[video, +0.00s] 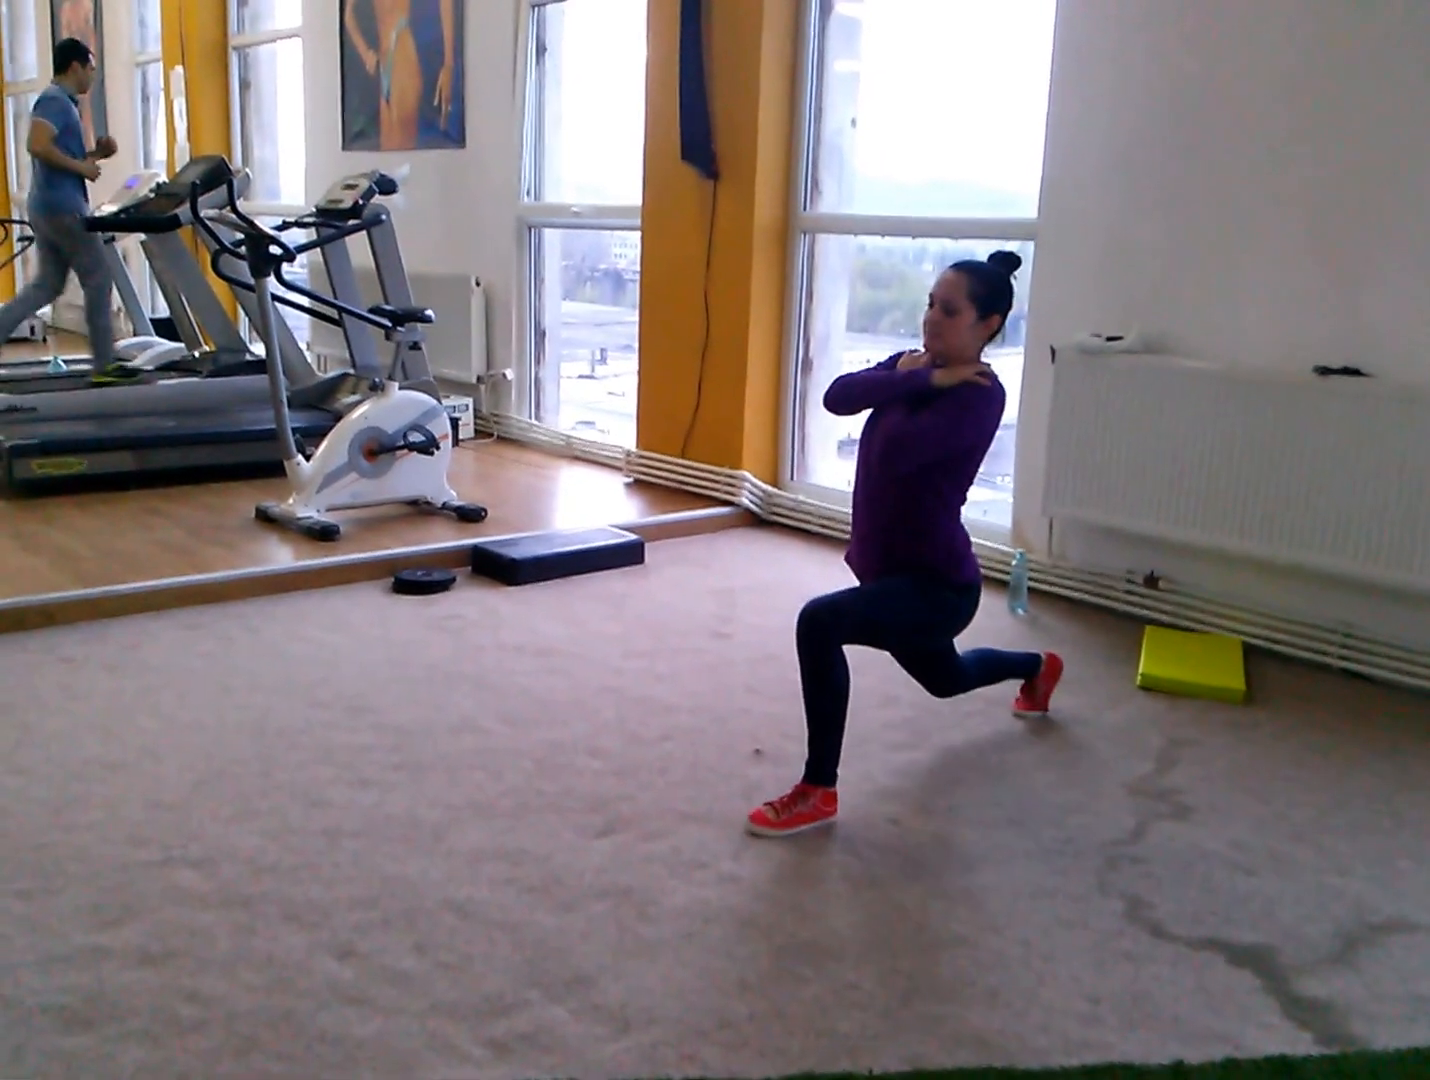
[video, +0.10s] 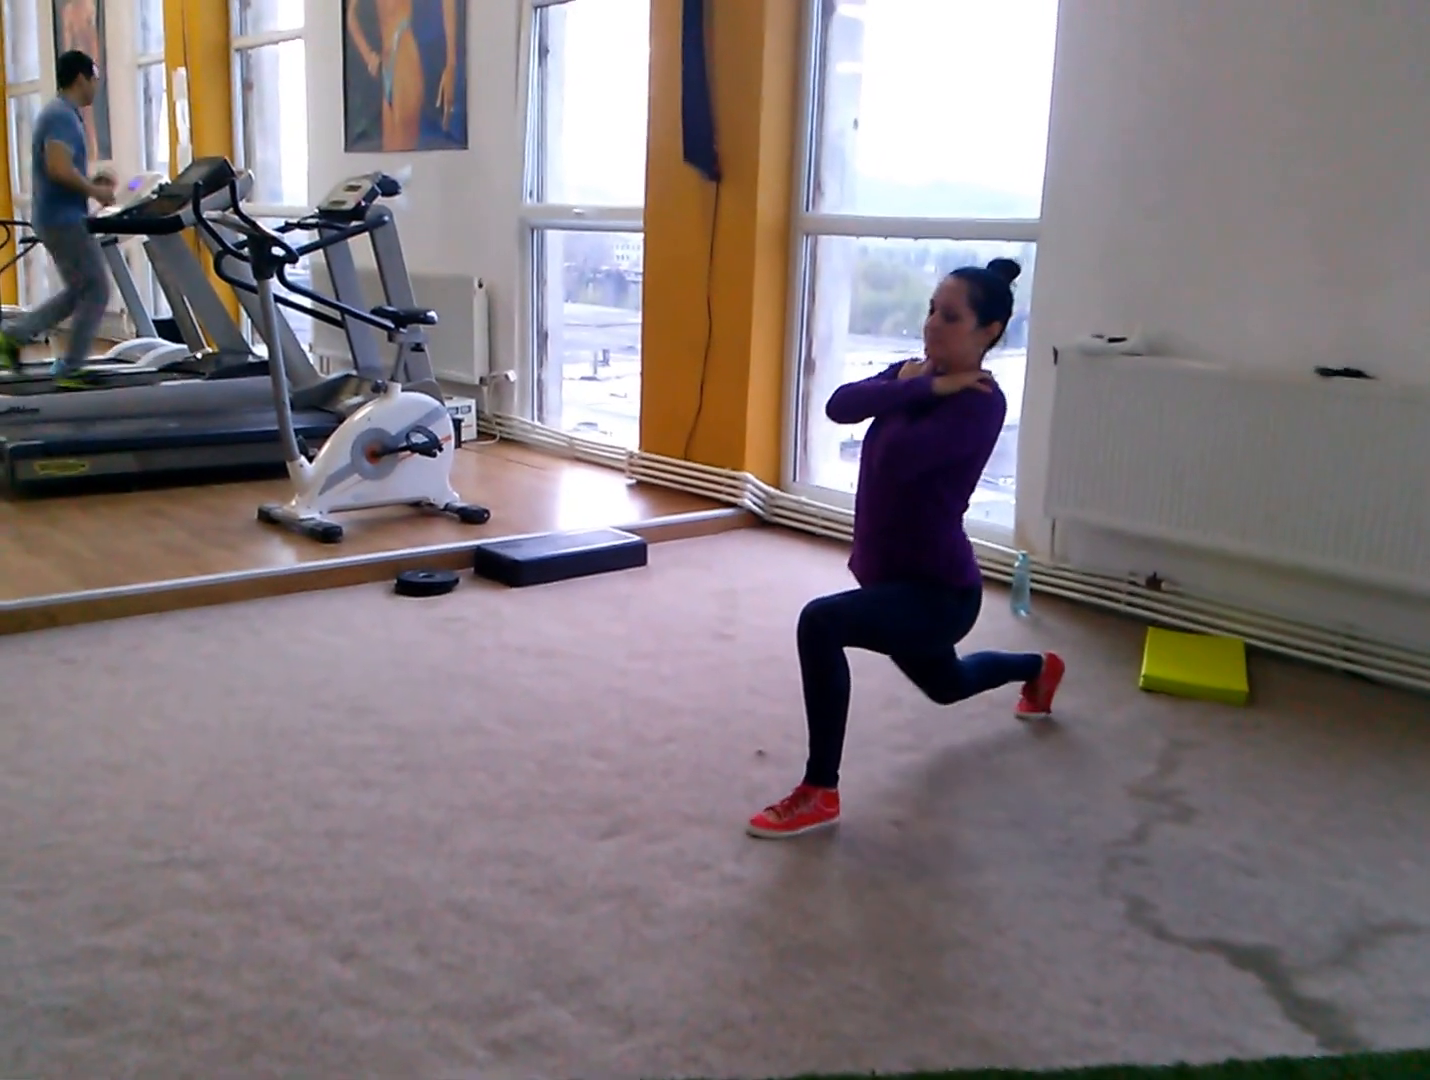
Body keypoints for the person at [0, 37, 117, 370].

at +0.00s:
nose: (93, 76)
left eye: (92, 69)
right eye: (90, 68)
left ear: (68, 68)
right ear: (75, 67)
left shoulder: (61, 102)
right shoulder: (56, 100)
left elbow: (64, 153)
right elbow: (38, 144)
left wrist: (96, 151)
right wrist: (80, 167)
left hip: (49, 208)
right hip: (61, 209)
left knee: (49, 285)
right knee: (99, 277)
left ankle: (2, 328)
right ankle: (106, 362)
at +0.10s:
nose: (97, 86)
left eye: (96, 79)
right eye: (93, 78)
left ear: (72, 80)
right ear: (80, 79)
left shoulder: (65, 116)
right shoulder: (61, 116)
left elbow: (60, 171)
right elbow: (58, 169)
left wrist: (92, 184)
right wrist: (96, 190)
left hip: (59, 220)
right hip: (61, 220)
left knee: (81, 289)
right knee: (96, 288)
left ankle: (15, 335)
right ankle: (70, 367)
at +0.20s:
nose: (98, 87)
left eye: (98, 80)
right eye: (96, 80)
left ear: (71, 80)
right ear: (84, 79)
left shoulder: (49, 111)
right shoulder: (70, 114)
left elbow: (28, 159)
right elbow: (76, 169)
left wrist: (69, 176)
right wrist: (108, 183)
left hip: (52, 218)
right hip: (66, 219)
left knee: (105, 277)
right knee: (73, 292)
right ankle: (38, 371)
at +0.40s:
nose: (100, 84)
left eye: (98, 76)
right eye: (97, 76)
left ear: (69, 78)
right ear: (86, 76)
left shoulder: (49, 112)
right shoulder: (79, 110)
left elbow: (28, 159)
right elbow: (84, 159)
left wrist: (61, 175)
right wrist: (106, 171)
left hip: (59, 217)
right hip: (74, 217)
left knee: (103, 288)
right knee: (78, 291)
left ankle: (106, 367)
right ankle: (9, 337)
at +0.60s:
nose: (105, 87)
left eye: (104, 80)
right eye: (102, 80)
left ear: (80, 80)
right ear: (89, 79)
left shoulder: (77, 115)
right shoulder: (71, 114)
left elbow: (81, 169)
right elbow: (62, 164)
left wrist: (115, 176)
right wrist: (103, 188)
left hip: (62, 221)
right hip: (72, 221)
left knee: (63, 298)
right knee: (124, 281)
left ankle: (34, 372)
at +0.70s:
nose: (108, 84)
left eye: (108, 77)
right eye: (106, 77)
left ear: (84, 76)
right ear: (91, 75)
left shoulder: (80, 111)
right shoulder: (72, 109)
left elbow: (83, 164)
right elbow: (60, 158)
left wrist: (114, 161)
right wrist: (99, 184)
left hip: (66, 211)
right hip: (77, 212)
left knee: (56, 289)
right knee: (118, 285)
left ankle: (11, 360)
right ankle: (131, 372)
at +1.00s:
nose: (116, 90)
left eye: (115, 83)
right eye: (114, 83)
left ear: (84, 84)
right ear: (103, 84)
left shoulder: (61, 118)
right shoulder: (94, 121)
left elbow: (39, 163)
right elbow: (102, 174)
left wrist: (70, 183)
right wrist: (128, 181)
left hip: (69, 226)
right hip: (84, 228)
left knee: (122, 286)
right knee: (72, 302)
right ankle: (35, 376)